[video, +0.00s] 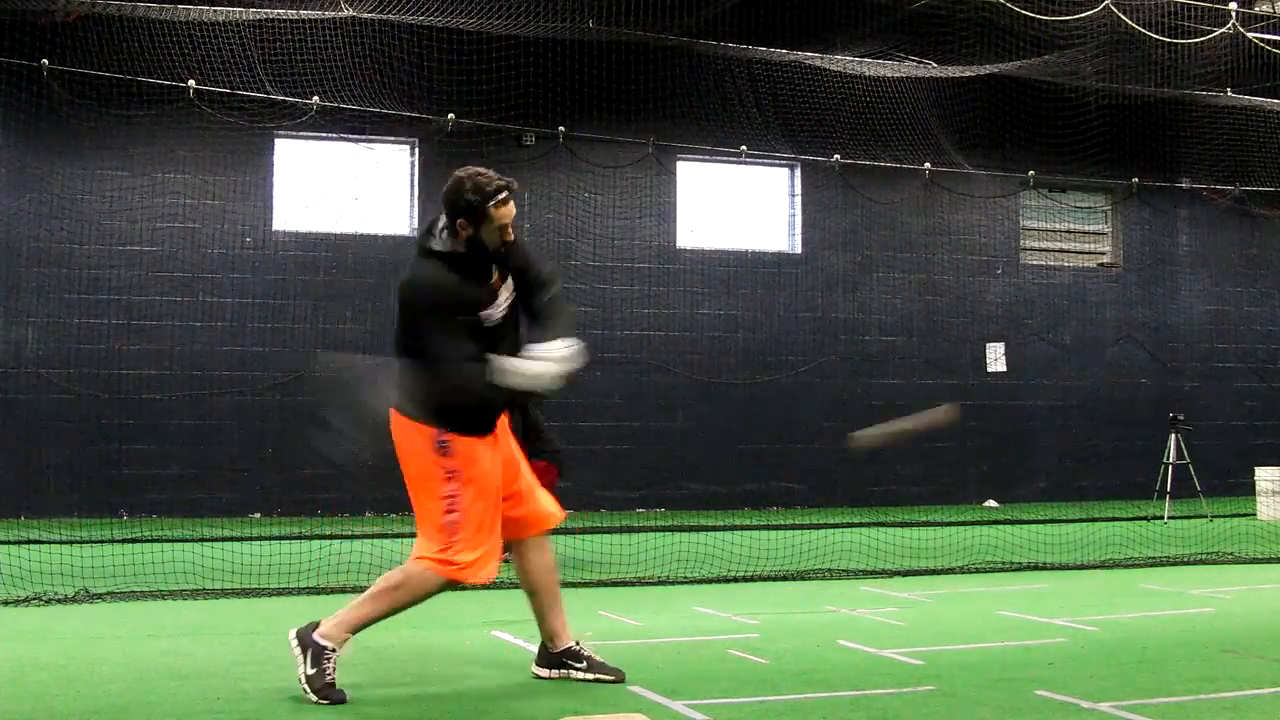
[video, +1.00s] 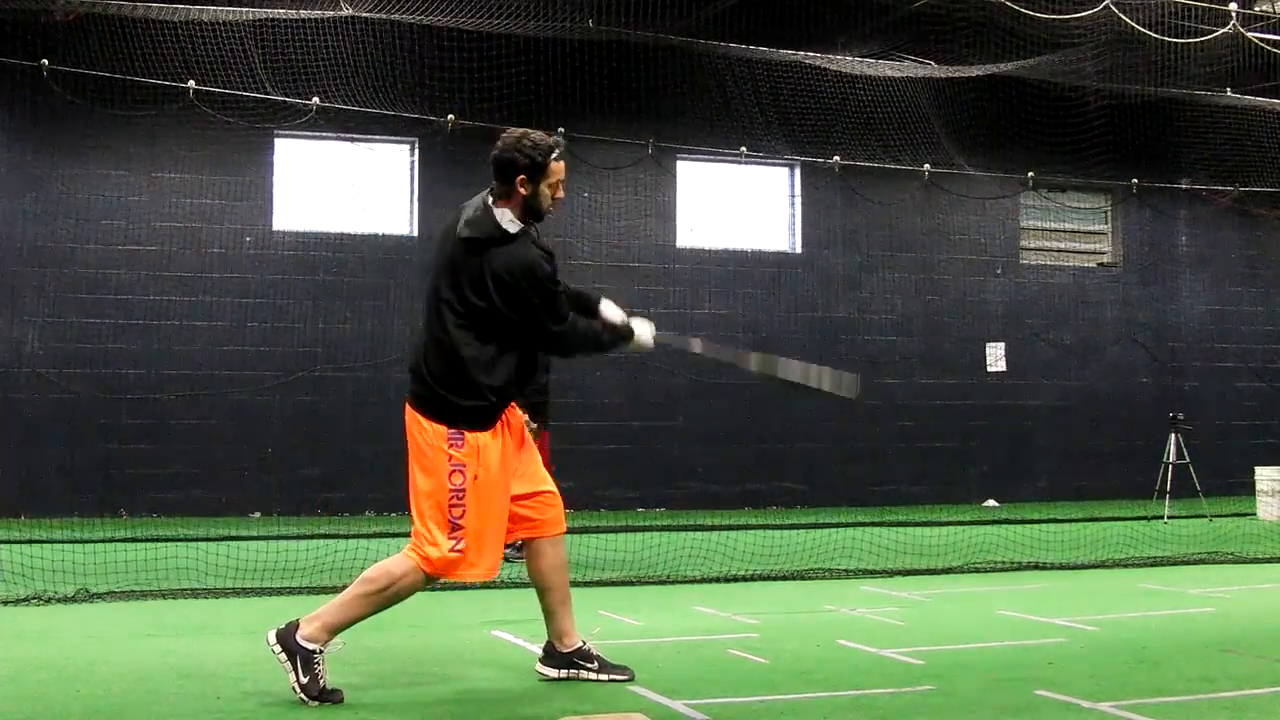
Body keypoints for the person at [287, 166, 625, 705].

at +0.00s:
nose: (512, 232)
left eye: (512, 222)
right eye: (503, 225)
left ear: (497, 218)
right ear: (468, 226)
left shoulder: (499, 249)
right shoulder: (430, 282)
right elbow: (453, 374)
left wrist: (552, 346)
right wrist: (519, 374)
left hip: (484, 420)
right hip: (434, 427)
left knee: (530, 523)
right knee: (450, 557)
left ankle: (558, 648)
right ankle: (324, 637)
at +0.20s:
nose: (534, 211)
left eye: (532, 201)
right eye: (529, 205)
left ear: (470, 206)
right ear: (509, 218)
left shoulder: (417, 231)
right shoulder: (517, 267)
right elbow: (545, 230)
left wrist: (513, 206)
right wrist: (544, 198)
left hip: (476, 413)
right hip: (445, 423)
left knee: (520, 524)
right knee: (444, 559)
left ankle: (560, 648)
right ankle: (309, 641)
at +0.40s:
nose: (547, 189)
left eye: (546, 180)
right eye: (545, 182)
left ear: (483, 186)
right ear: (525, 188)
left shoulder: (426, 232)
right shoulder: (537, 228)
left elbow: (366, 282)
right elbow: (476, 215)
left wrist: (390, 217)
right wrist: (411, 191)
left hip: (445, 412)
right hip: (463, 418)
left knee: (523, 526)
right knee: (444, 561)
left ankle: (562, 649)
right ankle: (306, 640)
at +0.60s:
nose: (546, 190)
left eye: (545, 181)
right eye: (543, 182)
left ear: (486, 185)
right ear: (521, 190)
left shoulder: (433, 227)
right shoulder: (536, 249)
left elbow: (387, 270)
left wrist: (450, 283)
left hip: (454, 415)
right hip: (455, 421)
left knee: (526, 523)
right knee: (448, 562)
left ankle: (563, 649)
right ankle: (304, 640)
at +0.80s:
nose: (547, 191)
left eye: (547, 181)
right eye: (543, 182)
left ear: (490, 182)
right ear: (517, 186)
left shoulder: (441, 221)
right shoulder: (520, 251)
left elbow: (484, 278)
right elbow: (561, 286)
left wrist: (542, 248)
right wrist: (574, 251)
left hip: (483, 417)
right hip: (450, 419)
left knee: (536, 523)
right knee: (440, 558)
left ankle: (564, 649)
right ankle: (305, 638)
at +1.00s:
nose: (562, 194)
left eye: (563, 183)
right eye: (556, 185)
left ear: (517, 183)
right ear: (523, 185)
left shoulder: (485, 215)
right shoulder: (514, 255)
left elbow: (541, 285)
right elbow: (555, 334)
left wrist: (598, 306)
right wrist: (622, 333)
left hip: (494, 410)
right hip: (451, 416)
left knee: (545, 520)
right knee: (440, 552)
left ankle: (565, 647)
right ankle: (305, 636)